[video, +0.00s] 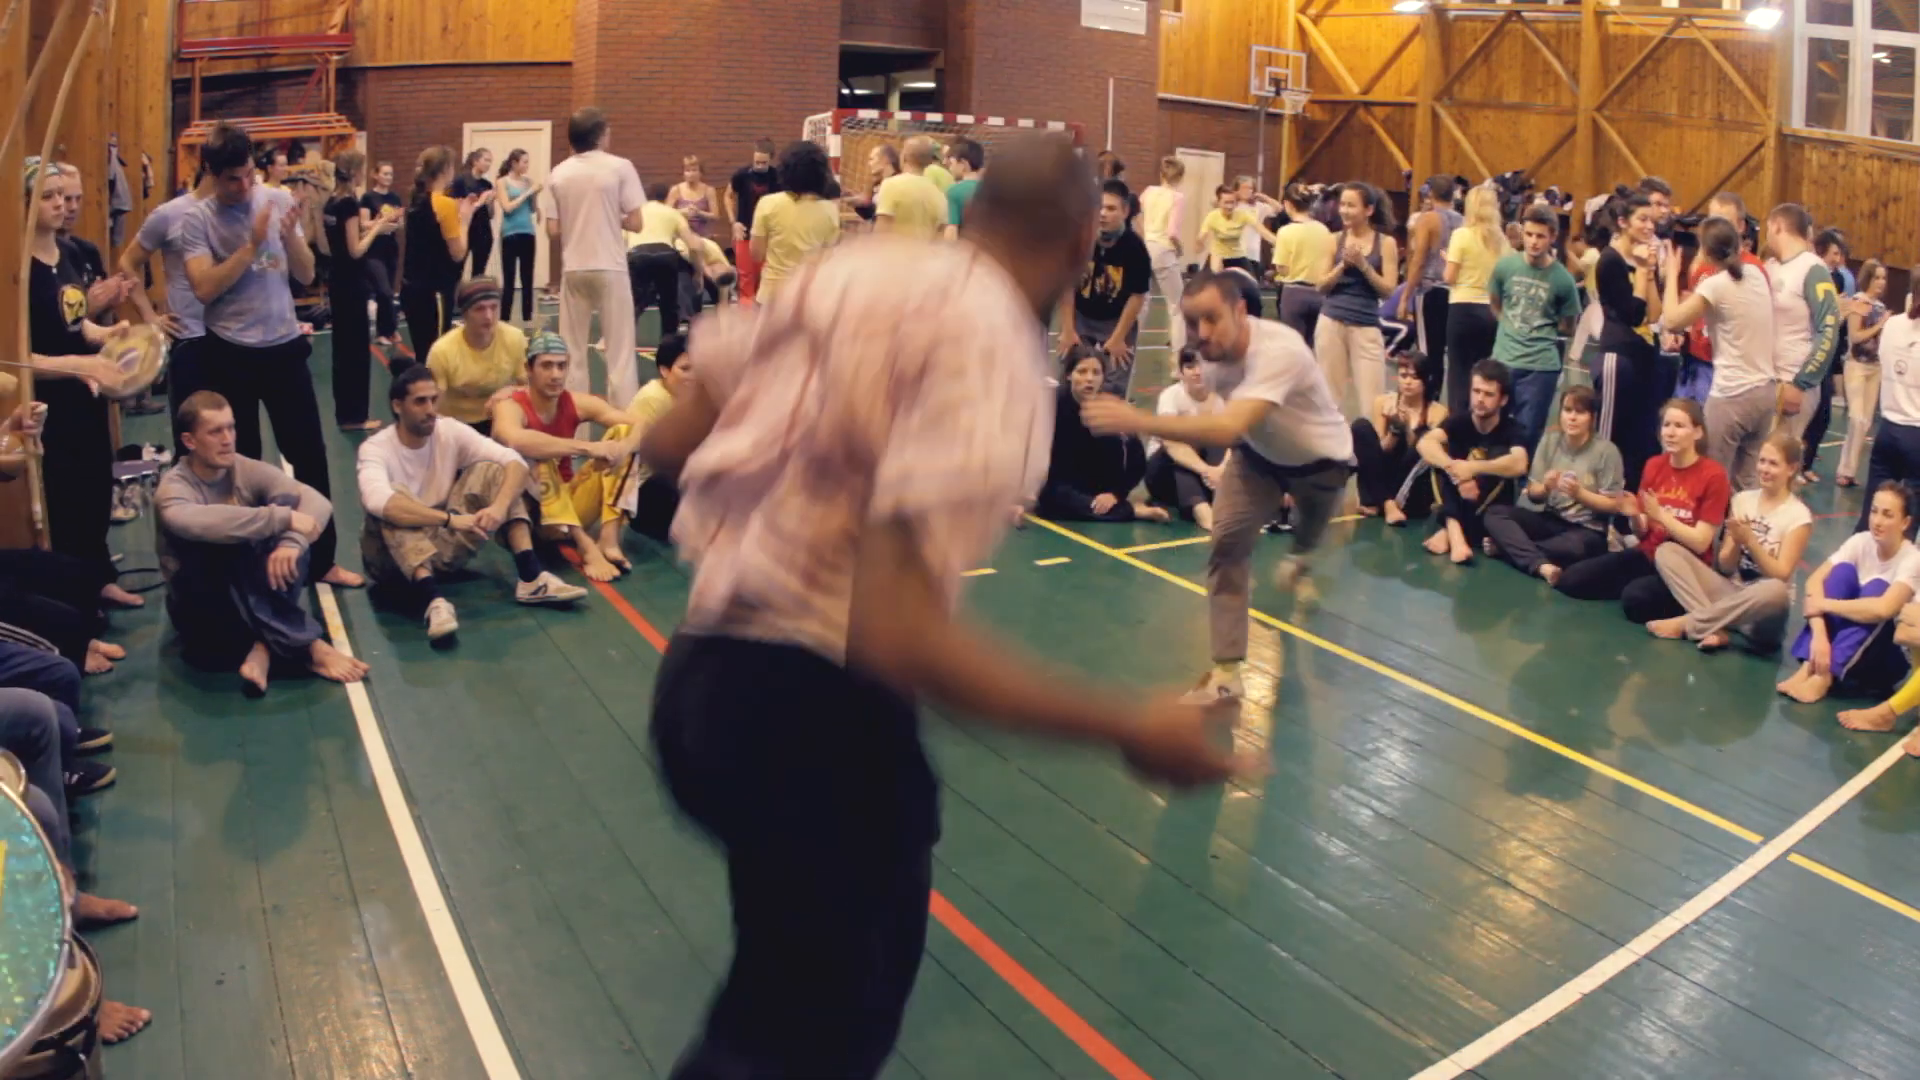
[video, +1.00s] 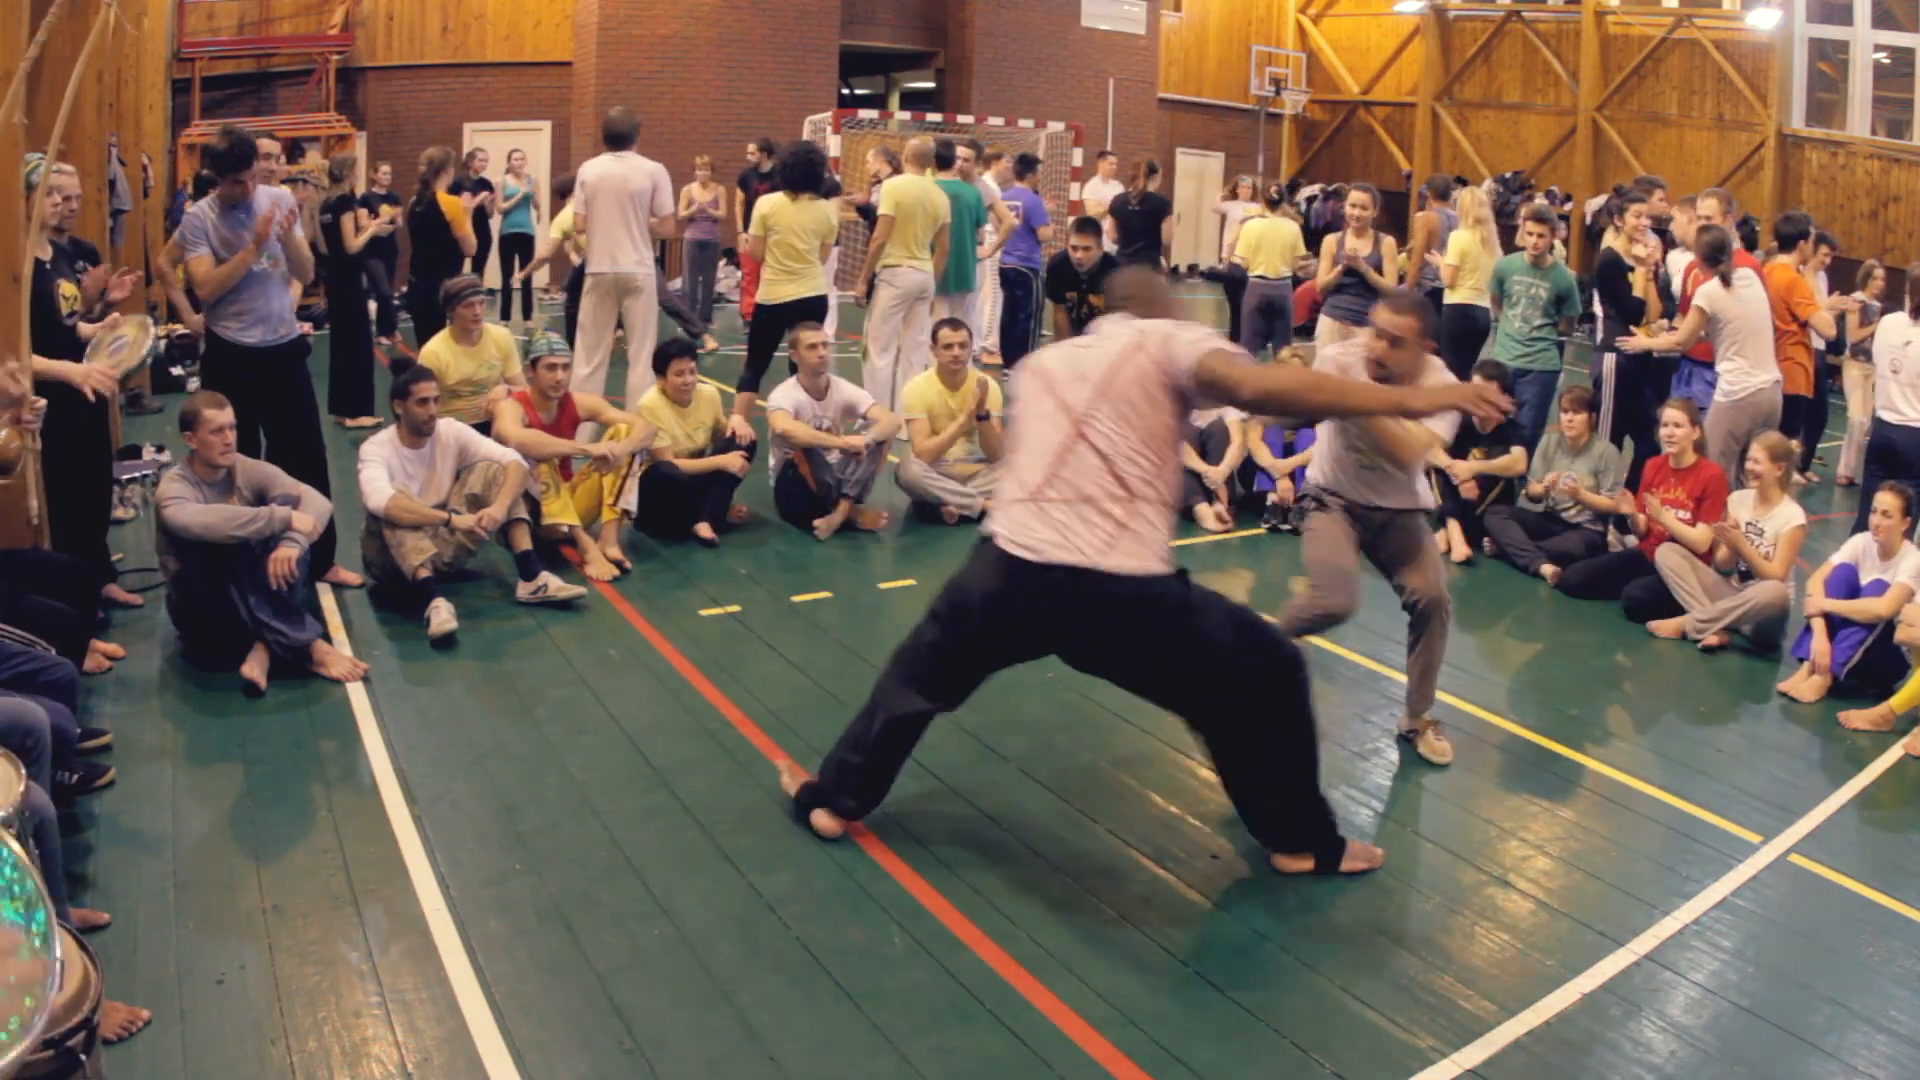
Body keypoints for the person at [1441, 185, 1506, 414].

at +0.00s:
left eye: (1467, 204)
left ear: (1469, 207)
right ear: (1495, 209)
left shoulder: (1461, 235)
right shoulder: (1502, 240)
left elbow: (1450, 275)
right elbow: (1506, 273)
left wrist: (1447, 260)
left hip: (1462, 304)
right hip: (1489, 306)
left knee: (1458, 371)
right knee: (1482, 369)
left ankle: (1457, 423)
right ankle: (1481, 424)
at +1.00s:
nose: (1456, 210)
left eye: (1458, 206)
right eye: (1457, 205)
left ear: (1462, 208)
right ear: (1485, 208)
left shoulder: (1459, 237)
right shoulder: (1492, 241)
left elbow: (1449, 277)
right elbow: (1495, 275)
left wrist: (1439, 262)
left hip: (1457, 306)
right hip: (1483, 308)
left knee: (1451, 374)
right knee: (1465, 375)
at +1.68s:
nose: (1430, 207)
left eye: (1432, 203)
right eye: (1431, 203)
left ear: (1438, 206)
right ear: (1461, 208)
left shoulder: (1436, 232)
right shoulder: (1465, 235)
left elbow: (1429, 272)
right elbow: (1463, 271)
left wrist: (1411, 262)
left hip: (1435, 308)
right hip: (1456, 305)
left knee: (1441, 375)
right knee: (1438, 372)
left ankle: (1451, 424)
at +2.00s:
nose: (1417, 206)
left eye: (1419, 202)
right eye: (1420, 202)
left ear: (1423, 204)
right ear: (1447, 205)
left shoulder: (1423, 227)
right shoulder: (1449, 228)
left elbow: (1413, 267)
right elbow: (1444, 269)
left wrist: (1400, 257)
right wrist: (1408, 257)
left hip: (1422, 305)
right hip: (1442, 301)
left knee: (1412, 367)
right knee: (1435, 368)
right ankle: (1432, 414)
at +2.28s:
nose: (1407, 203)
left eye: (1409, 199)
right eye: (1409, 199)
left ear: (1412, 202)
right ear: (1435, 202)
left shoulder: (1410, 226)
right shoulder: (1441, 227)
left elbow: (1402, 268)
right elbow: (1437, 267)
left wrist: (1390, 260)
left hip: (1411, 301)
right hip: (1436, 299)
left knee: (1395, 363)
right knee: (1432, 365)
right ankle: (1429, 409)